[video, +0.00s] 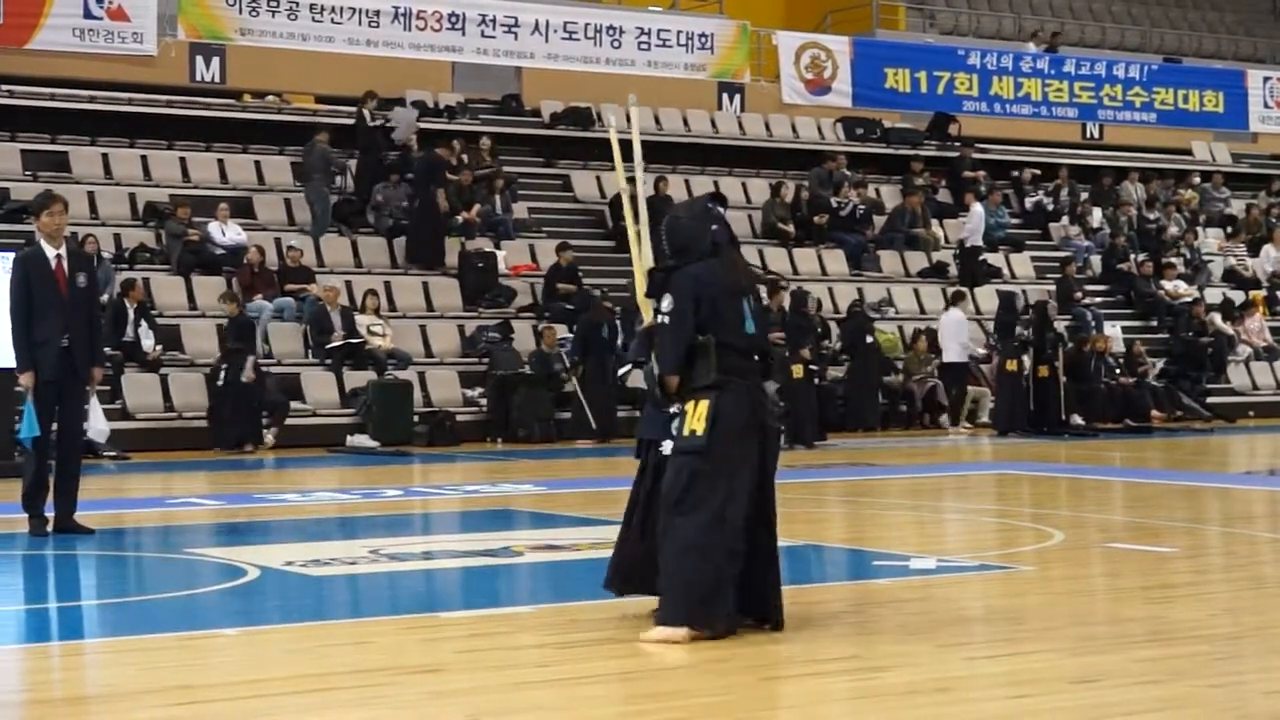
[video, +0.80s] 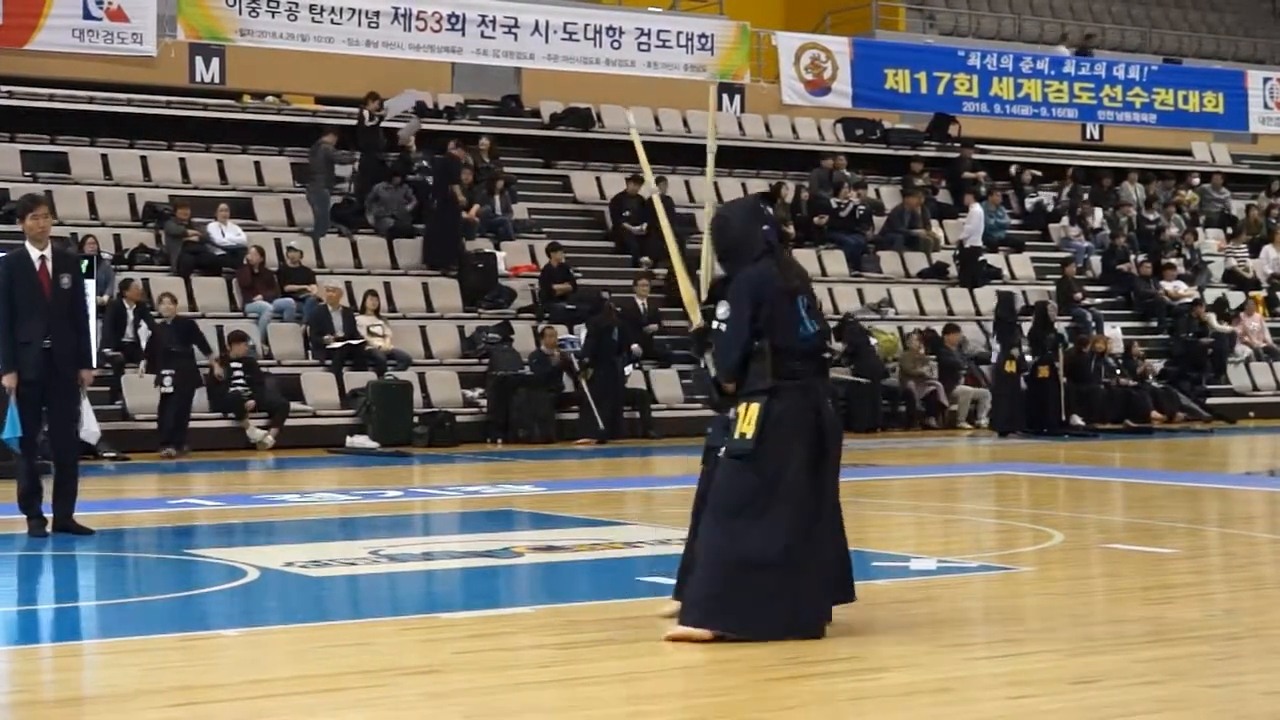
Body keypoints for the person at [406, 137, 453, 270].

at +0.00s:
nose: (449, 157)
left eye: (450, 154)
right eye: (449, 153)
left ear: (438, 148)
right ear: (445, 149)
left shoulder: (424, 157)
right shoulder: (439, 161)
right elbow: (439, 185)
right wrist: (443, 201)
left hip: (419, 198)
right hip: (431, 199)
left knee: (420, 228)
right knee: (435, 229)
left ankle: (417, 259)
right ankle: (435, 260)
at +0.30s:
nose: (451, 157)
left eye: (453, 155)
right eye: (452, 154)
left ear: (441, 148)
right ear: (447, 150)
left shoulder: (427, 158)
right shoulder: (442, 161)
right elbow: (442, 184)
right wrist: (446, 199)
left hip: (422, 200)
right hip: (434, 201)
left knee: (424, 230)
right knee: (440, 230)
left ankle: (422, 260)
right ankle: (443, 262)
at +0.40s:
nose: (452, 157)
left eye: (453, 154)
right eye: (452, 153)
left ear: (441, 149)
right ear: (447, 150)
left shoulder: (427, 159)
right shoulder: (442, 162)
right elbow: (444, 185)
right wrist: (450, 200)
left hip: (425, 201)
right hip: (437, 202)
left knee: (427, 230)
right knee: (444, 231)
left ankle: (425, 260)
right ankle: (445, 264)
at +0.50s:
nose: (455, 157)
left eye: (456, 154)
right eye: (454, 153)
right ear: (448, 149)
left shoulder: (426, 159)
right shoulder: (445, 161)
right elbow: (448, 185)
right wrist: (454, 201)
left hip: (427, 201)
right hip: (441, 202)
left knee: (429, 231)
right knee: (446, 232)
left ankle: (426, 261)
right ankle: (446, 264)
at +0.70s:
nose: (462, 156)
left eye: (462, 153)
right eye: (460, 152)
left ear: (450, 150)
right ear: (452, 149)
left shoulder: (438, 161)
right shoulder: (452, 162)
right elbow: (453, 182)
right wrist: (459, 196)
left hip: (436, 200)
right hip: (447, 201)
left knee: (435, 229)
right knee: (448, 231)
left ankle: (431, 260)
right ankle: (447, 262)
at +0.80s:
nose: (464, 156)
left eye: (464, 153)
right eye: (463, 153)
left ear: (450, 150)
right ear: (457, 151)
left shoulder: (439, 161)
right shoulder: (454, 162)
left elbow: (437, 182)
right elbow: (454, 183)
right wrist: (460, 196)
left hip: (437, 201)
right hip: (448, 202)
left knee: (436, 231)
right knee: (450, 232)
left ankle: (433, 261)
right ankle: (449, 262)